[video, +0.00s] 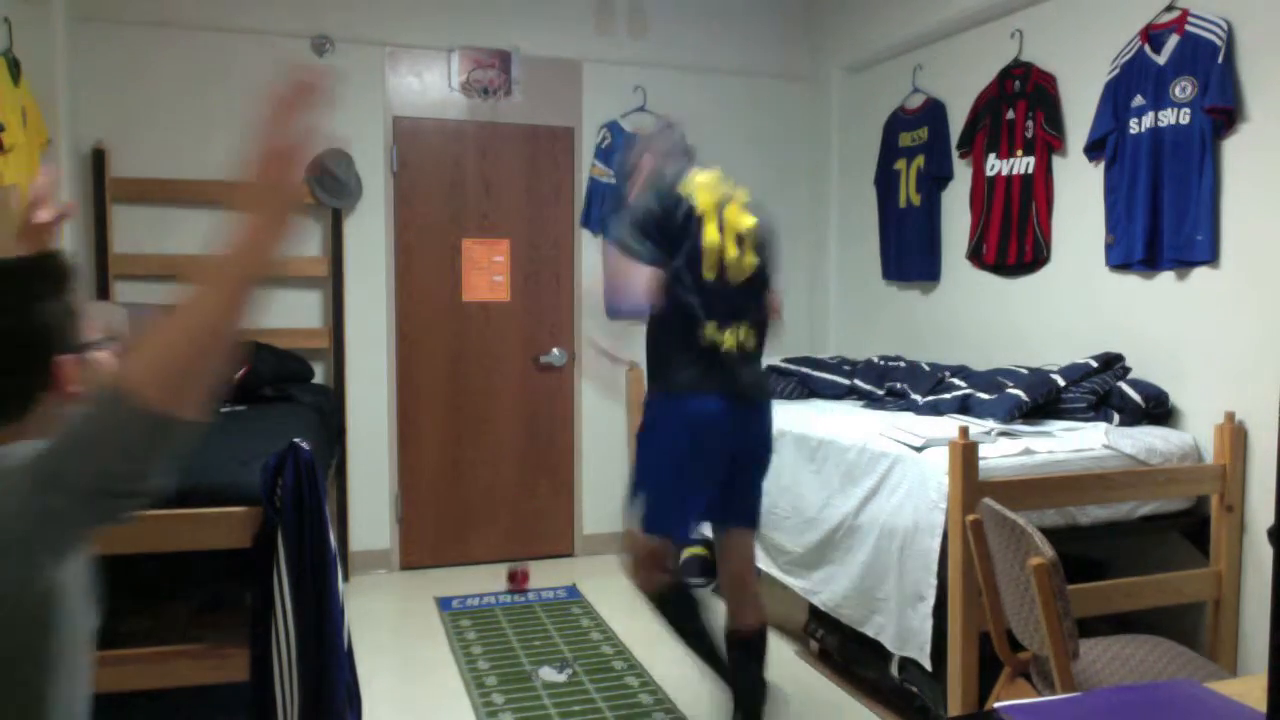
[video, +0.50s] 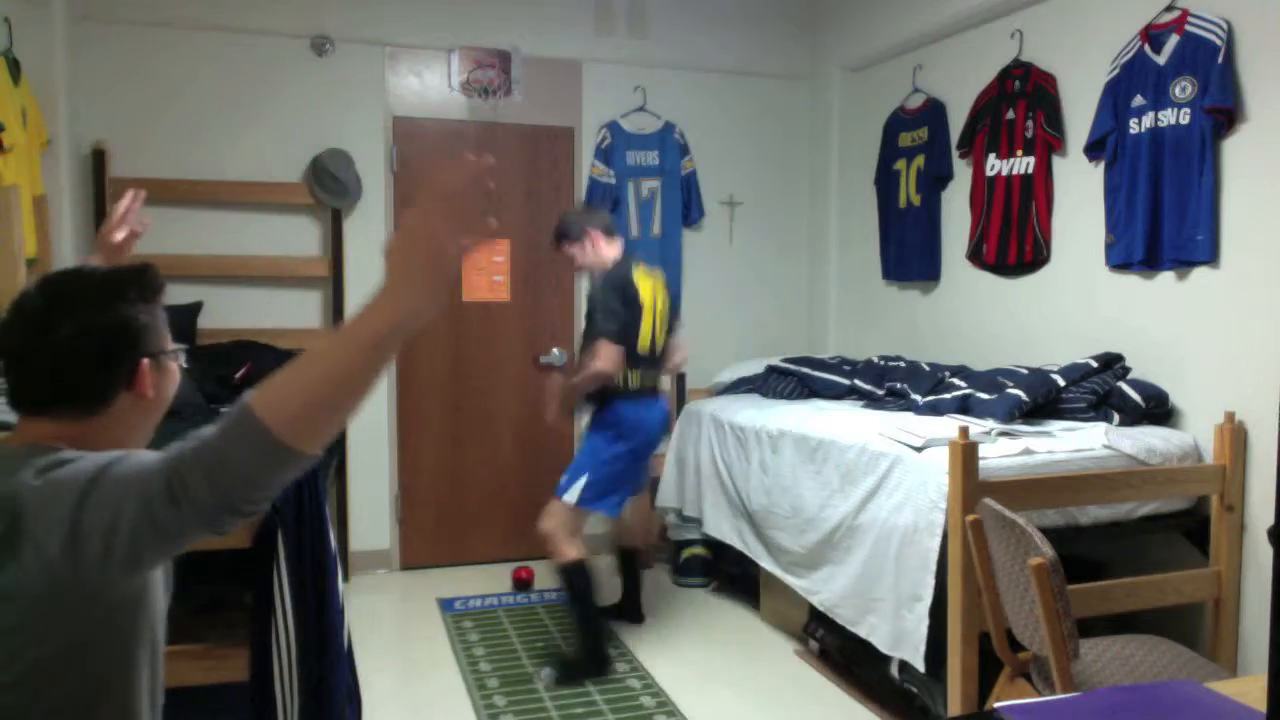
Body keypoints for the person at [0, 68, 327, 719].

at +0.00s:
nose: (119, 358)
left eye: (113, 340)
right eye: (102, 344)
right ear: (63, 377)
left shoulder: (31, 500)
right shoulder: (22, 505)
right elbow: (138, 419)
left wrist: (27, 264)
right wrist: (261, 224)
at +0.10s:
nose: (146, 353)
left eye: (136, 337)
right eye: (131, 343)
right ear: (101, 377)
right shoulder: (34, 502)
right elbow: (173, 448)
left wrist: (64, 262)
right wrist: (324, 260)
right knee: (309, 408)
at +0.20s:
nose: (160, 363)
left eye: (154, 347)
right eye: (149, 351)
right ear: (113, 378)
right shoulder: (37, 500)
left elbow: (34, 352)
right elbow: (182, 455)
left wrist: (82, 245)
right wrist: (334, 275)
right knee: (317, 408)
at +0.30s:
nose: (174, 370)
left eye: (167, 354)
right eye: (165, 356)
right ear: (132, 380)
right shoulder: (56, 500)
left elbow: (48, 360)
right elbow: (208, 454)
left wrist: (97, 265)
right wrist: (368, 276)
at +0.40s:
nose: (177, 374)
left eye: (172, 357)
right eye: (170, 358)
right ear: (135, 381)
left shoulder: (21, 475)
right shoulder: (69, 500)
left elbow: (52, 365)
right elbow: (215, 457)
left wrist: (101, 266)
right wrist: (377, 287)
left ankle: (312, 695)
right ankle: (310, 698)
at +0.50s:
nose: (180, 370)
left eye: (175, 353)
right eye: (174, 356)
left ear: (25, 365)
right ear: (142, 381)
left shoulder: (21, 475)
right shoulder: (77, 502)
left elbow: (44, 367)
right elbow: (226, 469)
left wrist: (93, 279)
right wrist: (402, 302)